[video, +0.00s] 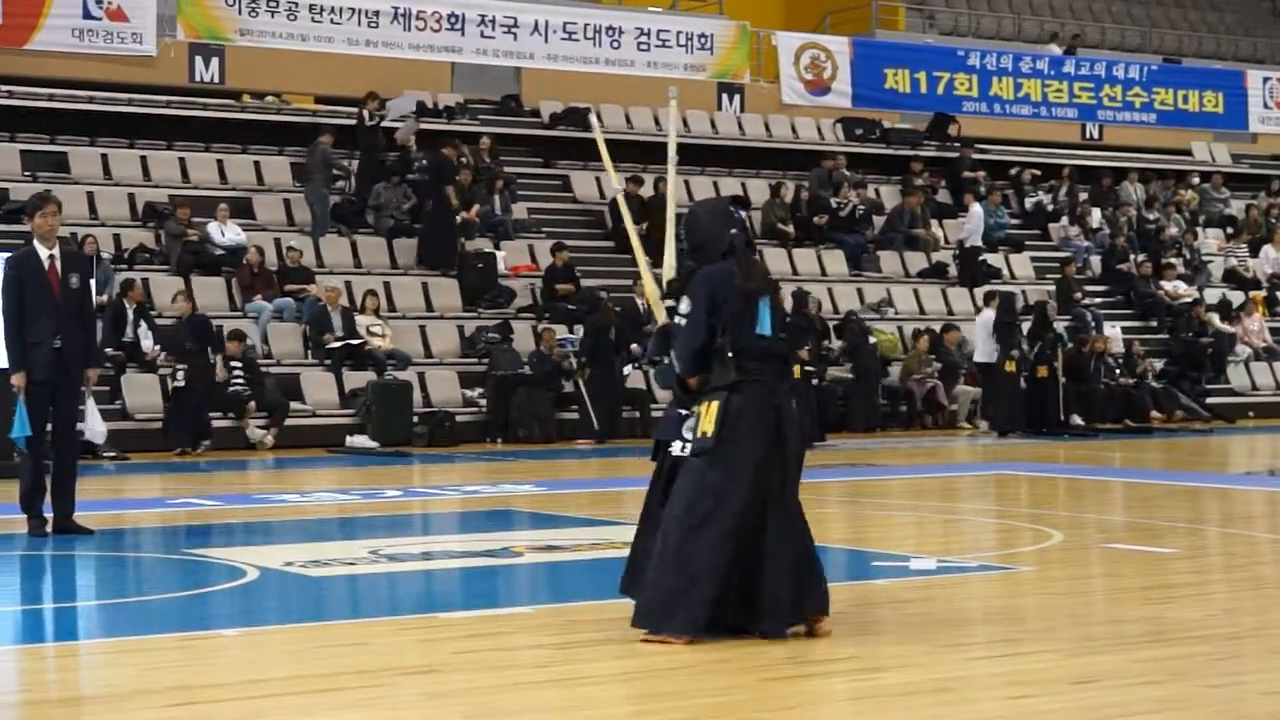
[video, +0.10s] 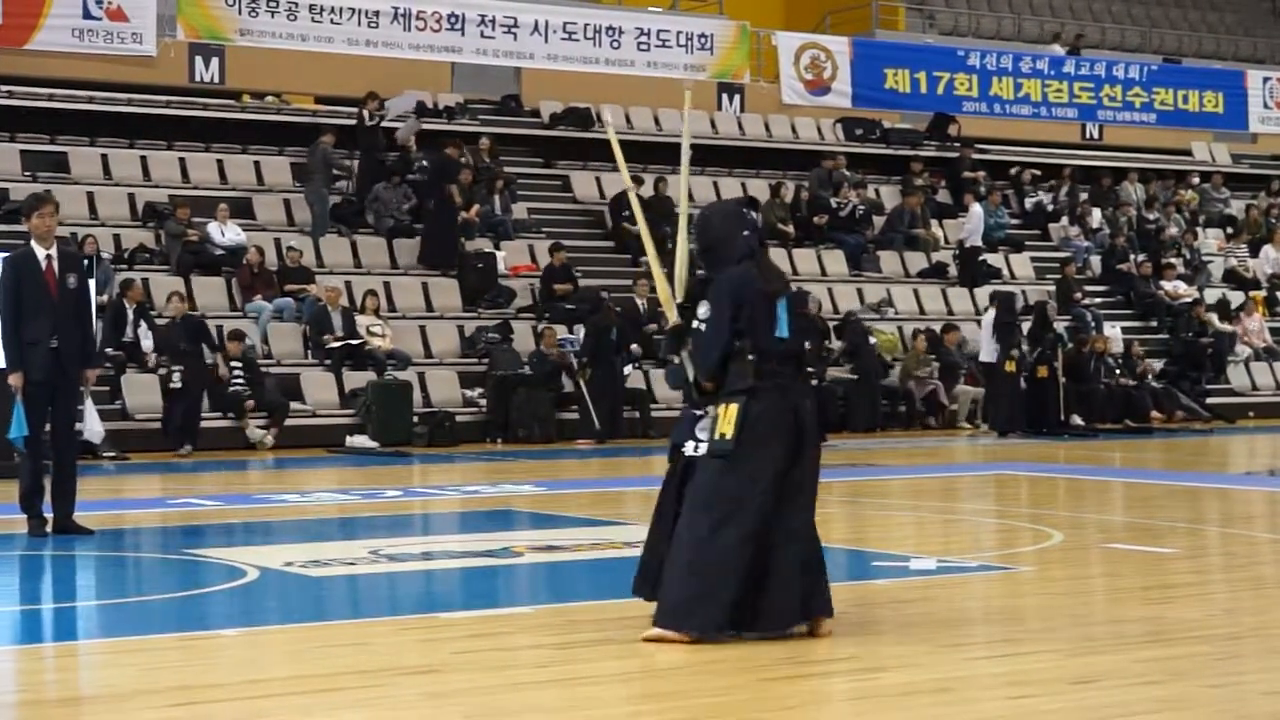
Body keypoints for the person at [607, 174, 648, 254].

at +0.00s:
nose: (635, 189)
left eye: (638, 187)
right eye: (634, 185)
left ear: (640, 188)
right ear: (628, 184)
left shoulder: (641, 200)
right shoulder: (616, 200)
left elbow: (645, 216)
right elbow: (616, 223)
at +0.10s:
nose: (636, 189)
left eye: (638, 187)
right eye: (635, 185)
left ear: (640, 187)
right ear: (630, 184)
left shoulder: (641, 200)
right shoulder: (617, 199)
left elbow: (646, 215)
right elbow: (617, 219)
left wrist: (640, 226)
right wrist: (631, 228)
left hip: (637, 228)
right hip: (622, 228)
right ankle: (637, 260)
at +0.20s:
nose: (636, 188)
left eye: (638, 185)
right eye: (633, 185)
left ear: (640, 186)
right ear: (627, 185)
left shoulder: (642, 199)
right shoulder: (617, 199)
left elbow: (649, 215)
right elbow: (617, 220)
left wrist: (644, 226)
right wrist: (632, 228)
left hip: (640, 227)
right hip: (624, 228)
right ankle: (641, 257)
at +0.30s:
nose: (635, 188)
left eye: (638, 185)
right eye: (633, 185)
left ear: (640, 187)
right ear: (627, 184)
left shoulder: (641, 200)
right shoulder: (617, 199)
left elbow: (646, 215)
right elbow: (617, 219)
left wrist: (644, 225)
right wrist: (631, 228)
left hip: (639, 227)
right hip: (624, 228)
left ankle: (647, 258)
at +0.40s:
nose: (635, 187)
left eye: (637, 185)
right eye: (632, 184)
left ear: (640, 187)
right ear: (627, 184)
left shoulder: (641, 200)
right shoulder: (617, 199)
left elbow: (646, 215)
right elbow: (617, 219)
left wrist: (644, 225)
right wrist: (632, 228)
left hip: (639, 227)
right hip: (624, 227)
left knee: (649, 236)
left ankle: (646, 257)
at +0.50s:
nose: (635, 188)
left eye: (637, 185)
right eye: (633, 184)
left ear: (639, 187)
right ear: (627, 184)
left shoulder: (641, 200)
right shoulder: (617, 199)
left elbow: (646, 215)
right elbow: (617, 219)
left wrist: (644, 225)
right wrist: (631, 228)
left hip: (639, 227)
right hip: (624, 228)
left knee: (649, 238)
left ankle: (646, 259)